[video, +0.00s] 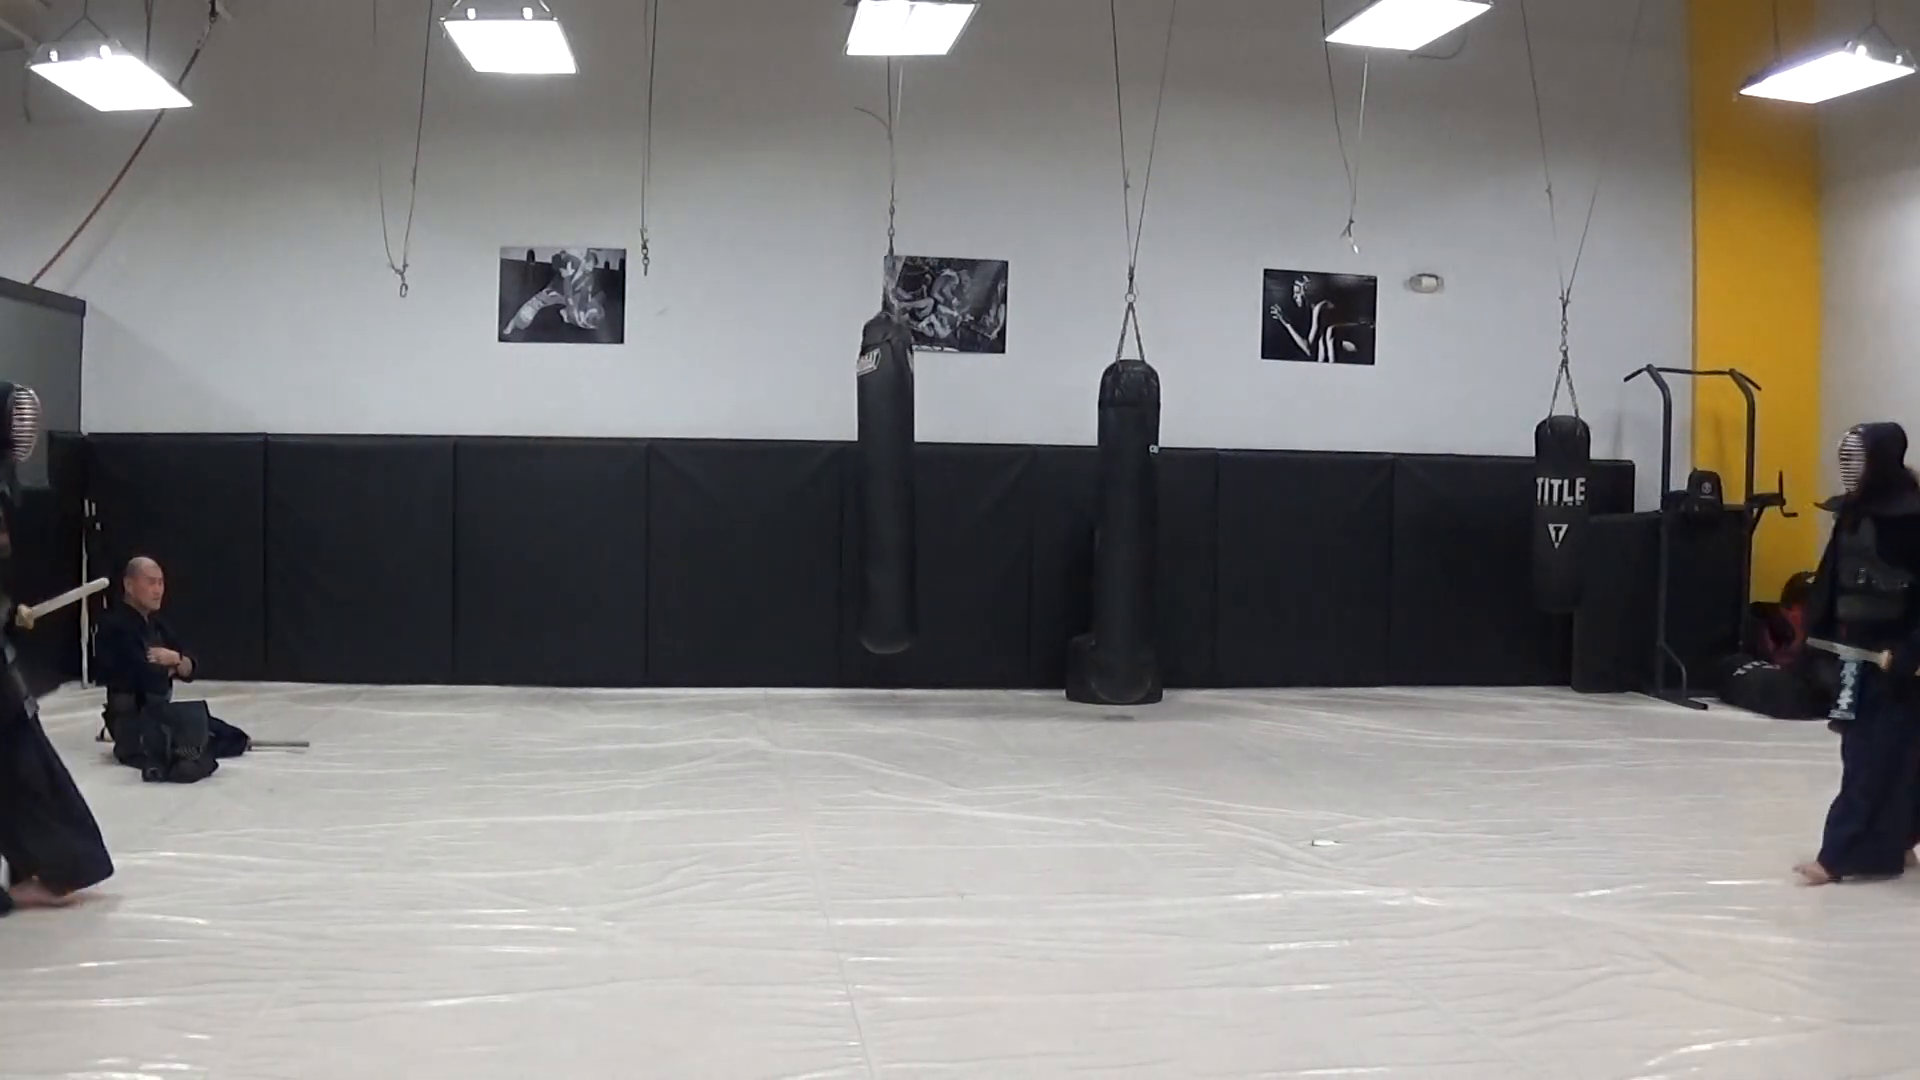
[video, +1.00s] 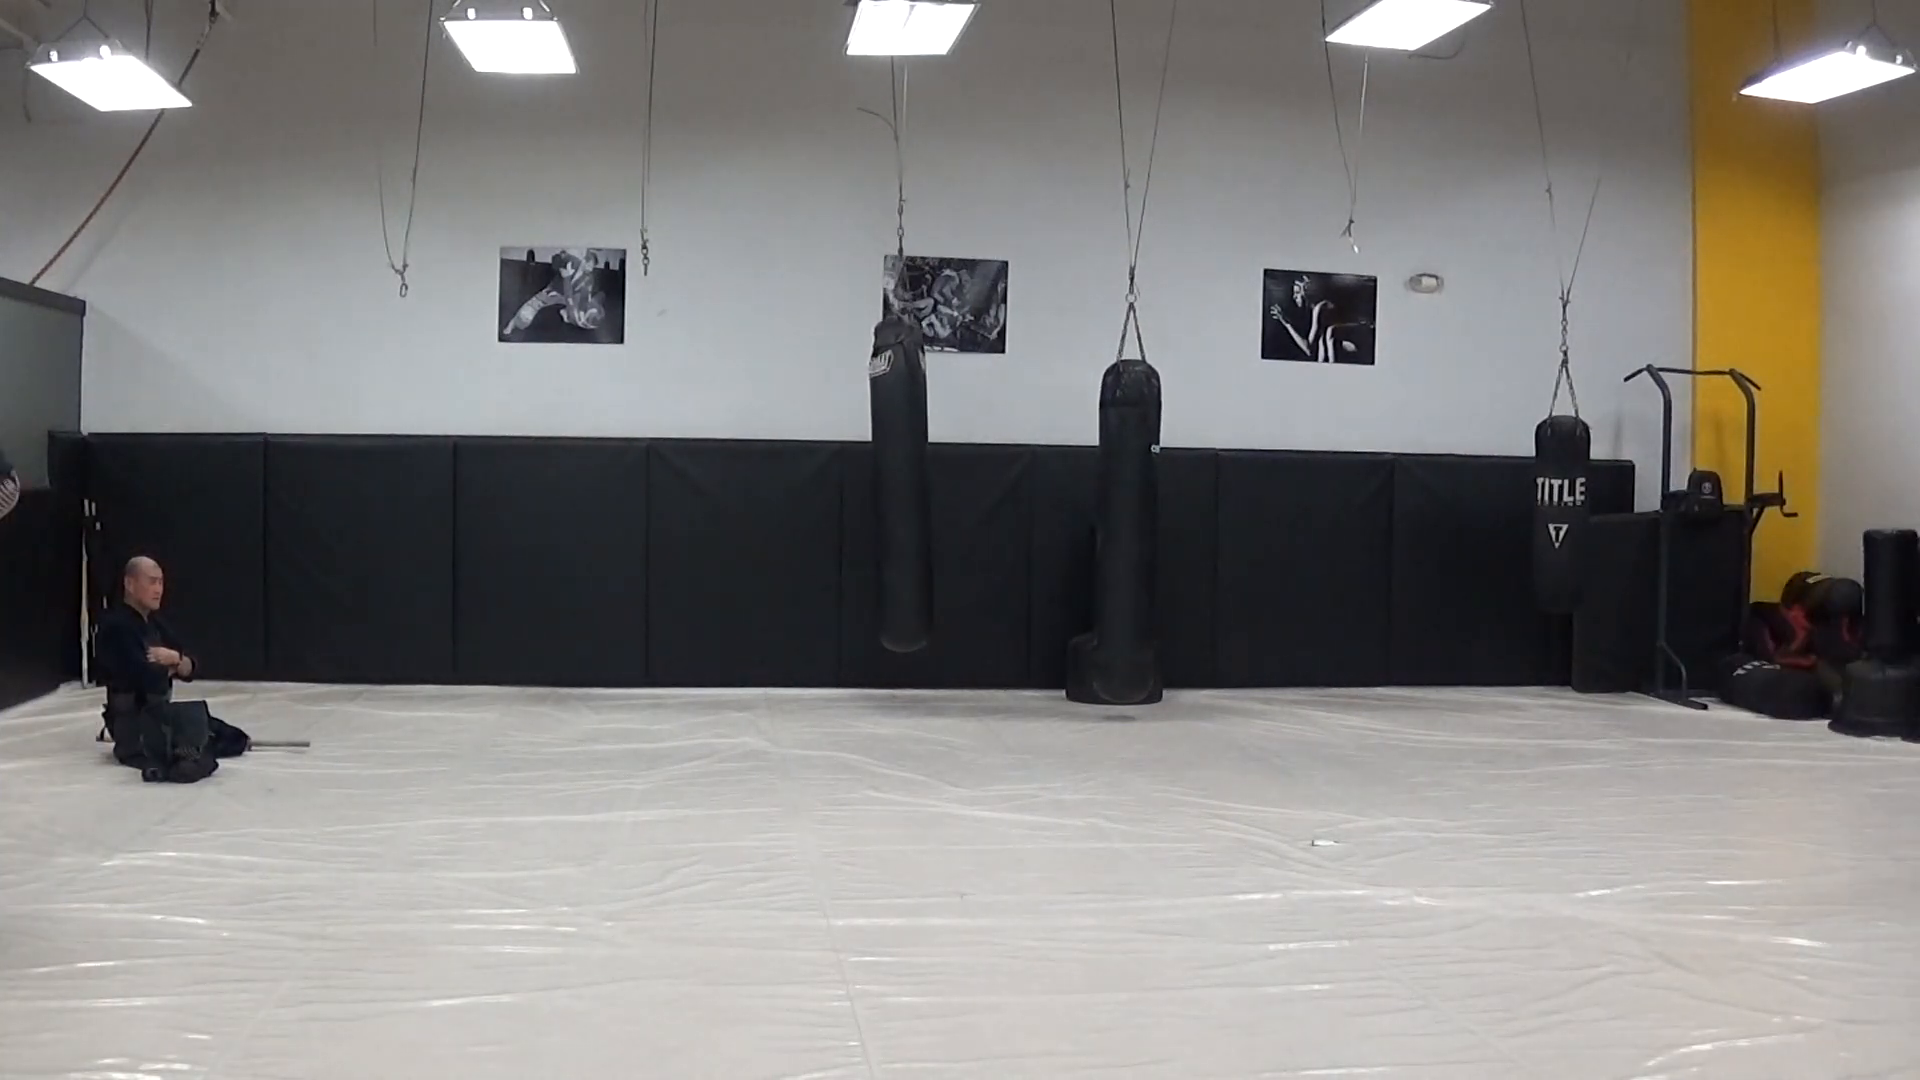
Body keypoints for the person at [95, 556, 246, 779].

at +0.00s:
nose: (158, 590)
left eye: (161, 583)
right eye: (151, 582)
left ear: (164, 585)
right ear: (129, 585)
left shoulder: (156, 623)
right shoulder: (114, 624)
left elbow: (192, 671)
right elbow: (134, 675)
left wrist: (176, 658)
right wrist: (174, 668)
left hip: (161, 717)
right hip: (130, 725)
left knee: (237, 740)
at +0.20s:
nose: (160, 589)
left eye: (162, 582)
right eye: (153, 582)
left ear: (165, 585)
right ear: (130, 585)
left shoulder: (155, 623)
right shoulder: (114, 624)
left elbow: (192, 670)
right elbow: (138, 676)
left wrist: (176, 659)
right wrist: (174, 668)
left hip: (161, 718)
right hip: (131, 727)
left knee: (237, 740)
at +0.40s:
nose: (160, 590)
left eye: (162, 582)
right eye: (153, 582)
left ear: (164, 585)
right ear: (130, 585)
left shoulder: (154, 623)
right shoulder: (115, 625)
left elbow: (191, 671)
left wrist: (175, 659)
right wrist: (173, 667)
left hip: (160, 719)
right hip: (132, 729)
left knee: (236, 739)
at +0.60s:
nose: (159, 590)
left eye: (161, 583)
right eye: (152, 582)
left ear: (164, 585)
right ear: (130, 585)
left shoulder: (155, 623)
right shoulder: (115, 625)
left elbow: (191, 671)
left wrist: (175, 658)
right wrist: (173, 667)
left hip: (162, 721)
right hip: (133, 730)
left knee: (237, 740)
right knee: (199, 761)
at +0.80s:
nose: (159, 589)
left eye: (161, 583)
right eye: (152, 582)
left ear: (163, 585)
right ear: (129, 584)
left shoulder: (155, 622)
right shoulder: (115, 625)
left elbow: (191, 670)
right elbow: (142, 679)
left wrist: (175, 658)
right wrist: (173, 667)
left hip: (162, 721)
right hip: (132, 731)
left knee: (237, 740)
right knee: (201, 762)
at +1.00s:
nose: (159, 589)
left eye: (161, 582)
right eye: (152, 582)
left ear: (163, 584)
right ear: (129, 584)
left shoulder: (155, 622)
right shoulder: (114, 625)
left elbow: (192, 670)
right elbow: (142, 678)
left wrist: (176, 658)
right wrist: (173, 667)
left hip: (161, 721)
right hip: (132, 731)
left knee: (237, 740)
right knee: (200, 760)